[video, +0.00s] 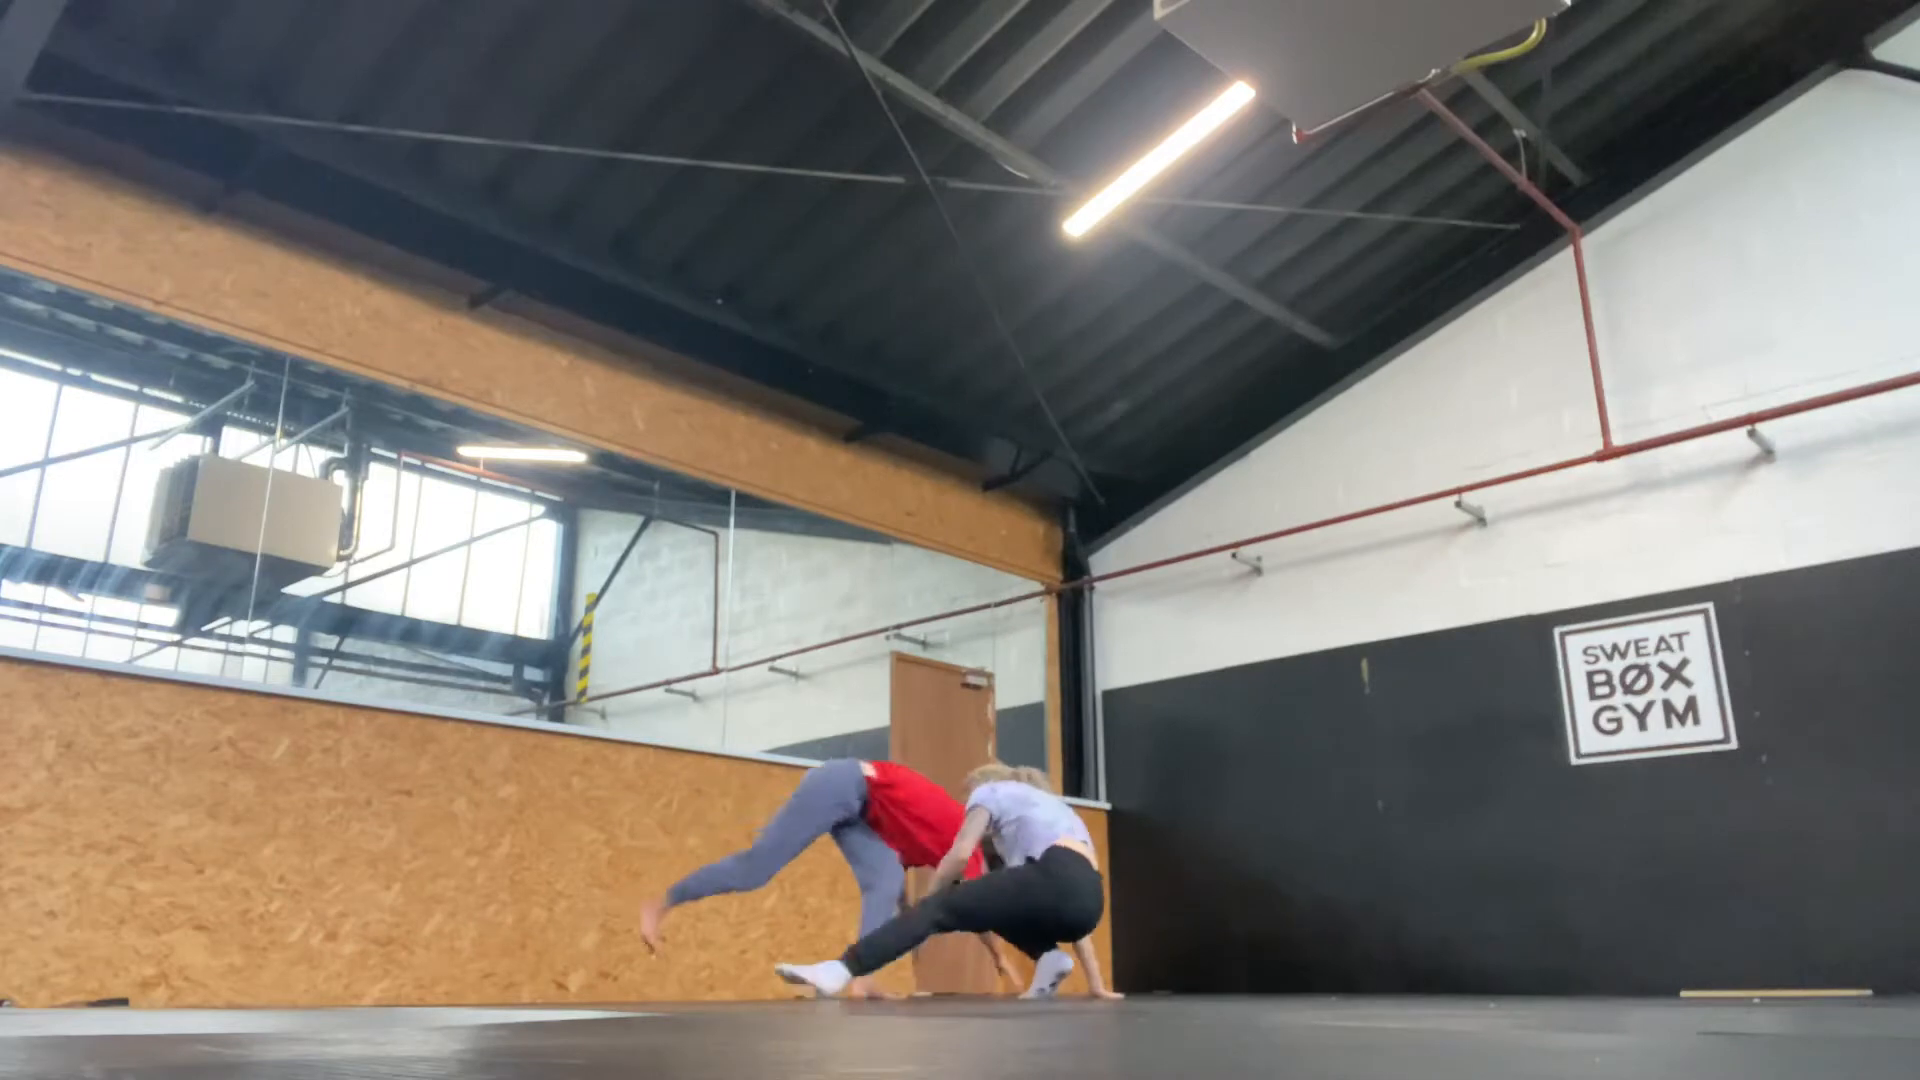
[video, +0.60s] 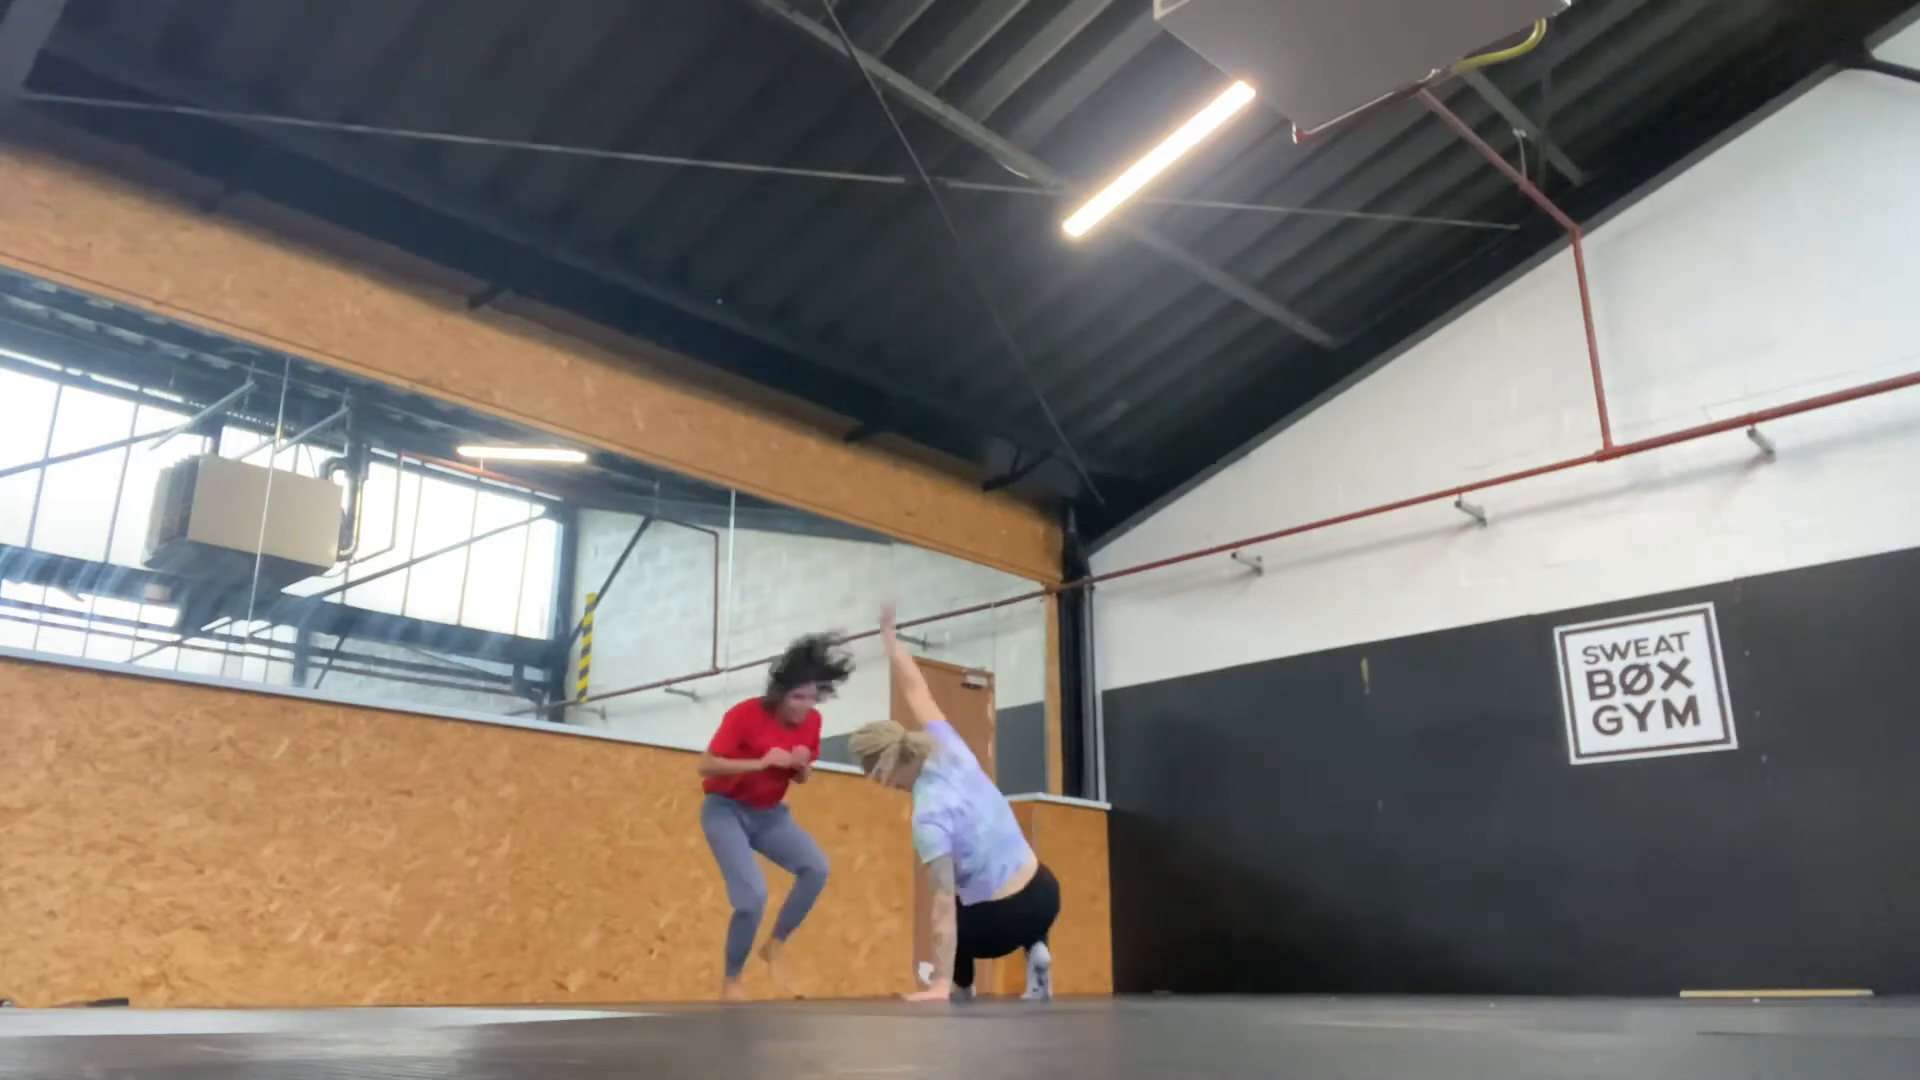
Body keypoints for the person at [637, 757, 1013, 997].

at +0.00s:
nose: (1001, 877)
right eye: (1005, 869)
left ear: (995, 844)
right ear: (999, 843)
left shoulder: (962, 848)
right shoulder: (972, 839)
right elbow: (982, 909)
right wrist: (1004, 967)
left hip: (862, 820)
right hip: (845, 781)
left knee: (886, 878)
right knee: (756, 869)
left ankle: (861, 981)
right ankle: (662, 903)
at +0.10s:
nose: (945, 894)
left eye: (956, 892)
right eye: (958, 889)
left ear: (960, 864)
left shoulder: (916, 842)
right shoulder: (955, 821)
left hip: (848, 814)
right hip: (822, 785)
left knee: (870, 883)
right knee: (764, 889)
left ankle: (862, 979)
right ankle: (690, 925)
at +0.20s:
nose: (950, 798)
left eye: (951, 787)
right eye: (948, 788)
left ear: (968, 775)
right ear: (995, 769)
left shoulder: (988, 789)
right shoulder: (1037, 796)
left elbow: (973, 850)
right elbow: (1058, 868)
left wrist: (911, 885)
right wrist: (1076, 937)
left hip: (1043, 905)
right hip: (1082, 913)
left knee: (934, 937)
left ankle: (835, 978)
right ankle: (1047, 966)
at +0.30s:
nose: (948, 794)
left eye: (944, 783)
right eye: (942, 785)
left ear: (955, 771)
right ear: (982, 760)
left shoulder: (978, 800)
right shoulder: (1029, 789)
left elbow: (962, 876)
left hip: (1031, 919)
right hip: (1077, 920)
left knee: (947, 942)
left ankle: (871, 980)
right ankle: (1043, 973)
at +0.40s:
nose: (932, 785)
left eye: (928, 774)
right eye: (927, 776)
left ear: (939, 769)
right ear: (967, 753)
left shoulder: (959, 810)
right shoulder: (1014, 781)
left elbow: (956, 898)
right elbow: (1053, 821)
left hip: (1018, 937)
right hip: (1068, 922)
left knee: (952, 934)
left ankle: (911, 981)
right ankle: (1041, 976)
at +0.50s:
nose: (908, 781)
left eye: (903, 773)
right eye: (902, 775)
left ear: (911, 768)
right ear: (938, 745)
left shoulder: (941, 814)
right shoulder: (984, 764)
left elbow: (952, 902)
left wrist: (940, 984)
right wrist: (991, 709)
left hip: (1005, 940)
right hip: (1056, 916)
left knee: (952, 926)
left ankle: (946, 989)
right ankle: (1038, 967)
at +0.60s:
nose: (878, 782)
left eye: (876, 773)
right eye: (873, 775)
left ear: (891, 764)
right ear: (905, 744)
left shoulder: (928, 815)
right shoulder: (947, 744)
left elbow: (945, 901)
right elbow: (917, 691)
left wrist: (942, 984)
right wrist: (891, 641)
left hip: (994, 927)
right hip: (1045, 899)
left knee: (950, 920)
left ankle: (958, 987)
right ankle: (1037, 951)